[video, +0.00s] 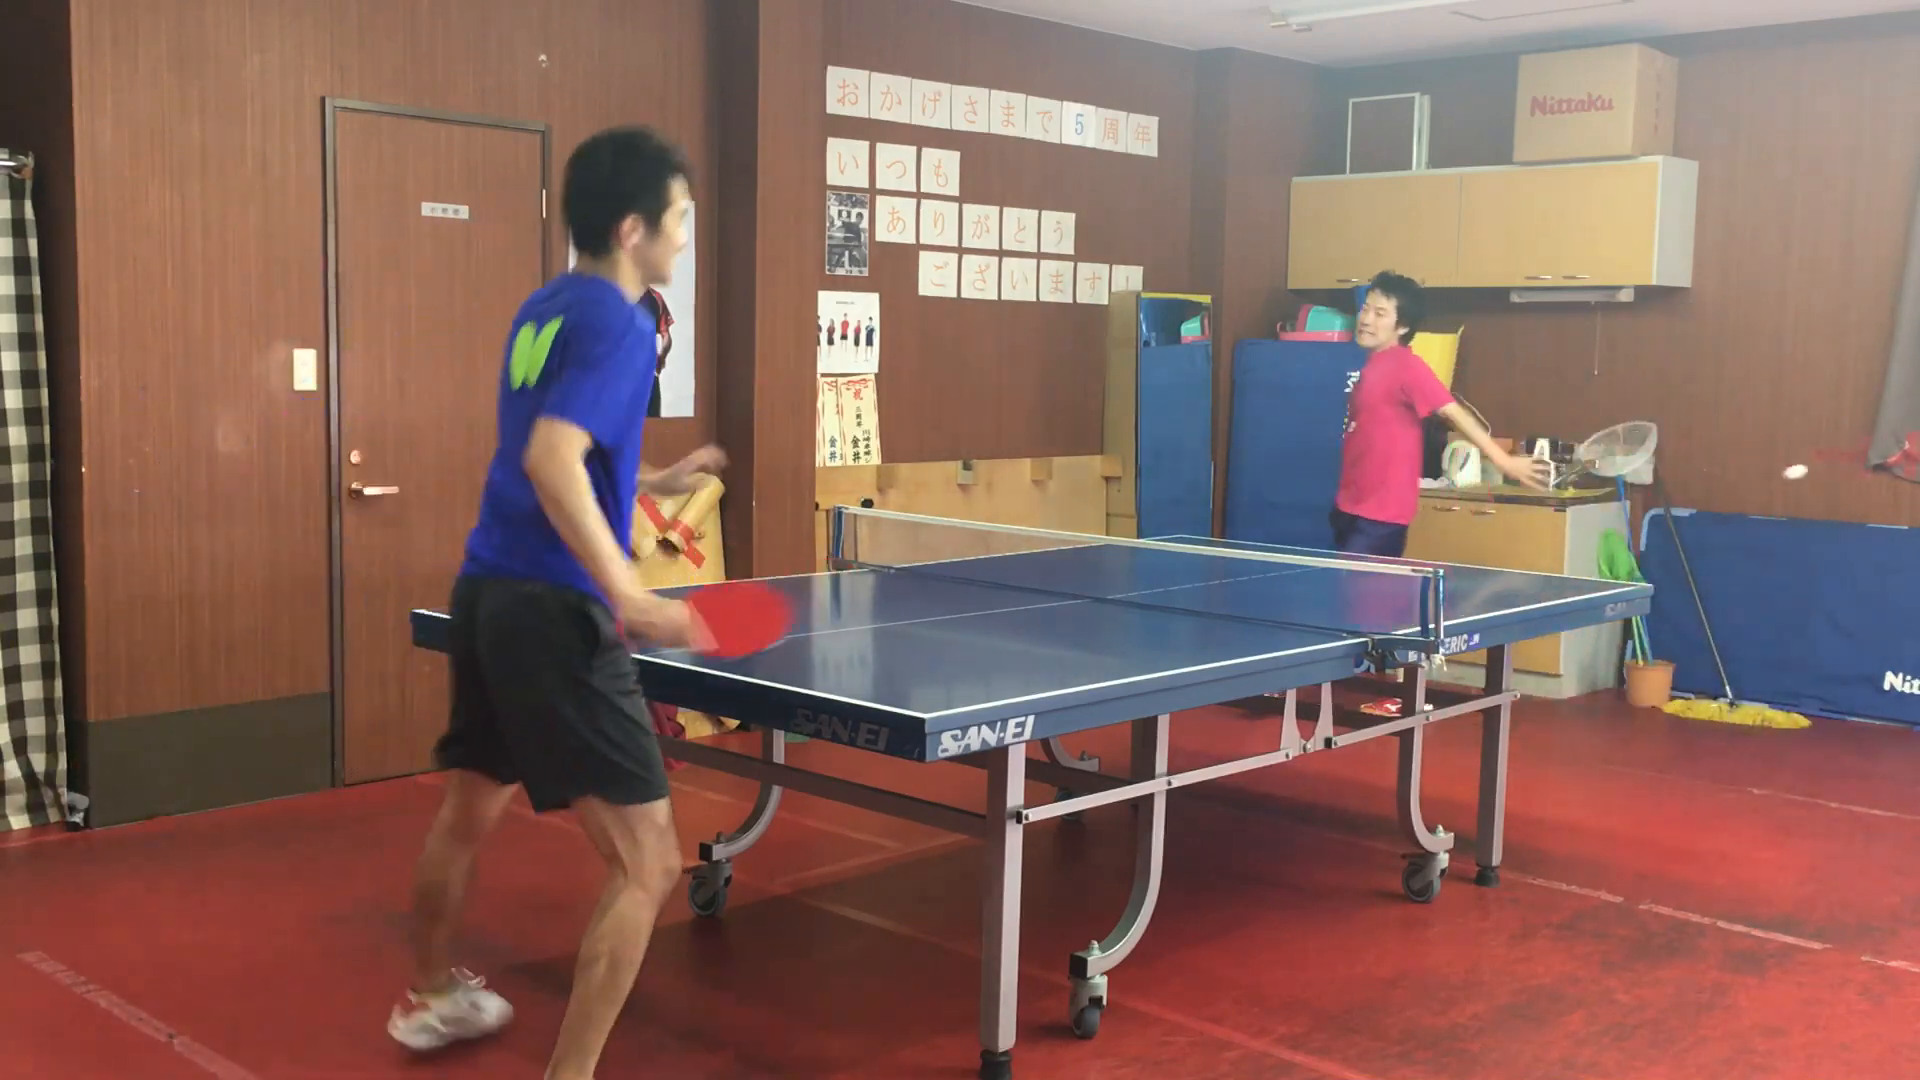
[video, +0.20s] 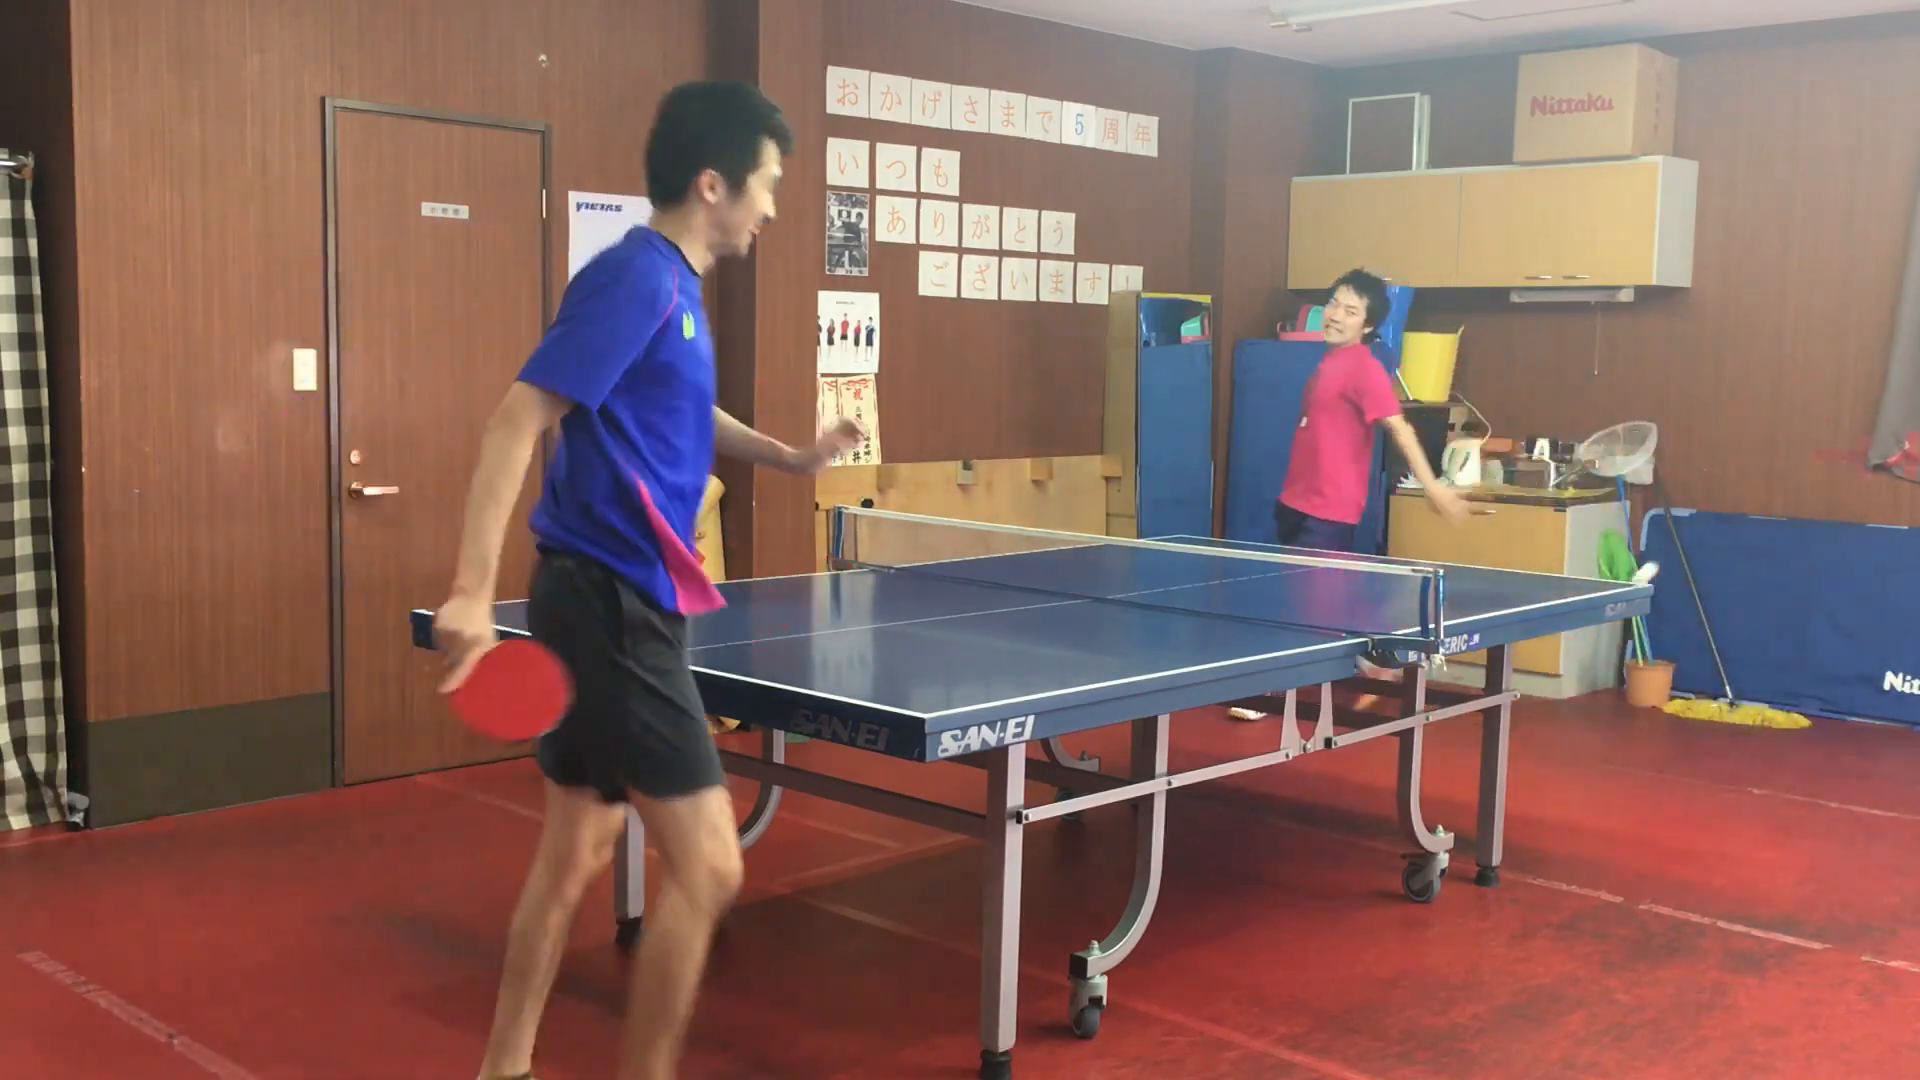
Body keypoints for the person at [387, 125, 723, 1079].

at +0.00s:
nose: (688, 235)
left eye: (687, 216)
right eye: (681, 216)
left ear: (598, 223)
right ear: (635, 226)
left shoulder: (544, 309)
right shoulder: (619, 322)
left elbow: (547, 456)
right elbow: (550, 461)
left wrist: (653, 478)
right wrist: (628, 592)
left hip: (486, 604)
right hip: (553, 614)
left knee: (465, 813)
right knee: (647, 860)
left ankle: (431, 994)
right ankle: (572, 1068)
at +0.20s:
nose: (774, 208)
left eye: (776, 186)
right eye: (766, 184)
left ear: (704, 185)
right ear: (712, 183)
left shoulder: (671, 282)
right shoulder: (636, 274)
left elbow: (679, 416)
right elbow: (520, 415)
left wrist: (794, 456)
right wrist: (472, 590)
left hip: (619, 590)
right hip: (608, 594)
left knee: (572, 855)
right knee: (709, 868)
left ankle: (504, 1065)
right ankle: (646, 1069)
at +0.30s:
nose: (819, 248)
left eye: (822, 226)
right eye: (813, 223)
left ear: (751, 218)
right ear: (753, 218)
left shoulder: (727, 324)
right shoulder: (653, 310)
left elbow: (734, 463)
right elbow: (524, 452)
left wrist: (846, 526)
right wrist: (450, 623)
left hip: (680, 658)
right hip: (642, 662)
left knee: (578, 908)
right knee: (736, 930)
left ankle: (501, 1071)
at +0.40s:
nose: (879, 245)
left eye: (883, 222)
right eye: (873, 219)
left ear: (813, 214)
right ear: (808, 211)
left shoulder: (794, 334)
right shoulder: (683, 319)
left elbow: (796, 487)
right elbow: (563, 469)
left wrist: (894, 592)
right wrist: (489, 639)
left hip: (755, 684)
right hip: (691, 686)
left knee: (653, 899)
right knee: (768, 967)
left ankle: (522, 1066)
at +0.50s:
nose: (948, 236)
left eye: (953, 212)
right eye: (943, 208)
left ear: (882, 208)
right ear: (875, 203)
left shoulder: (885, 352)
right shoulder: (744, 317)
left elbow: (874, 519)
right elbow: (623, 479)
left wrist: (939, 645)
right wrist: (568, 660)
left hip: (830, 702)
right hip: (750, 699)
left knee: (780, 940)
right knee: (831, 997)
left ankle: (598, 1047)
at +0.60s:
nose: (1017, 223)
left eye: (1025, 201)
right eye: (1015, 195)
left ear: (955, 183)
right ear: (948, 177)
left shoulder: (951, 327)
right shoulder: (806, 290)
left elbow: (931, 523)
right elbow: (690, 471)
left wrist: (980, 673)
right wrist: (680, 662)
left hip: (915, 704)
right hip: (812, 702)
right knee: (837, 1008)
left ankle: (736, 1071)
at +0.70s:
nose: (1096, 205)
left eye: (1102, 180)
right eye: (1089, 174)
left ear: (1025, 166)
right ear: (1014, 159)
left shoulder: (1033, 319)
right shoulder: (878, 279)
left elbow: (991, 520)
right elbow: (763, 461)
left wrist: (1032, 683)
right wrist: (815, 655)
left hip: (1002, 712)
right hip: (882, 709)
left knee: (1083, 989)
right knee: (856, 1013)